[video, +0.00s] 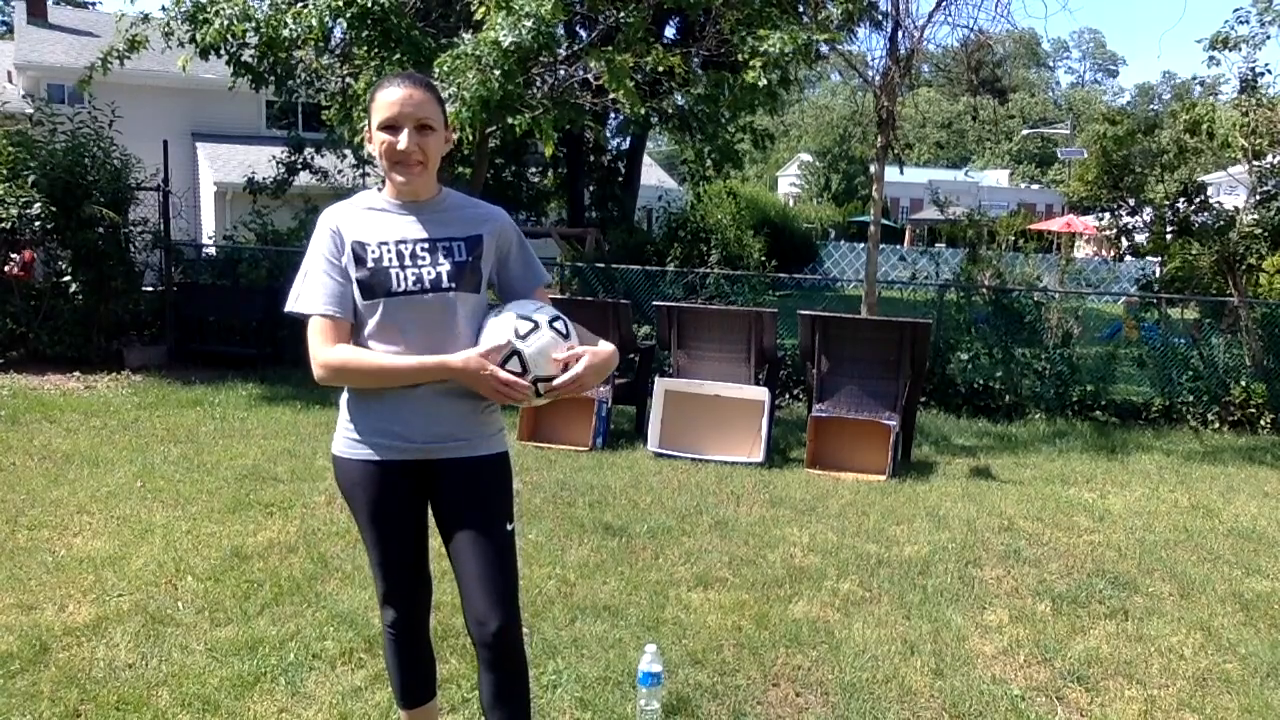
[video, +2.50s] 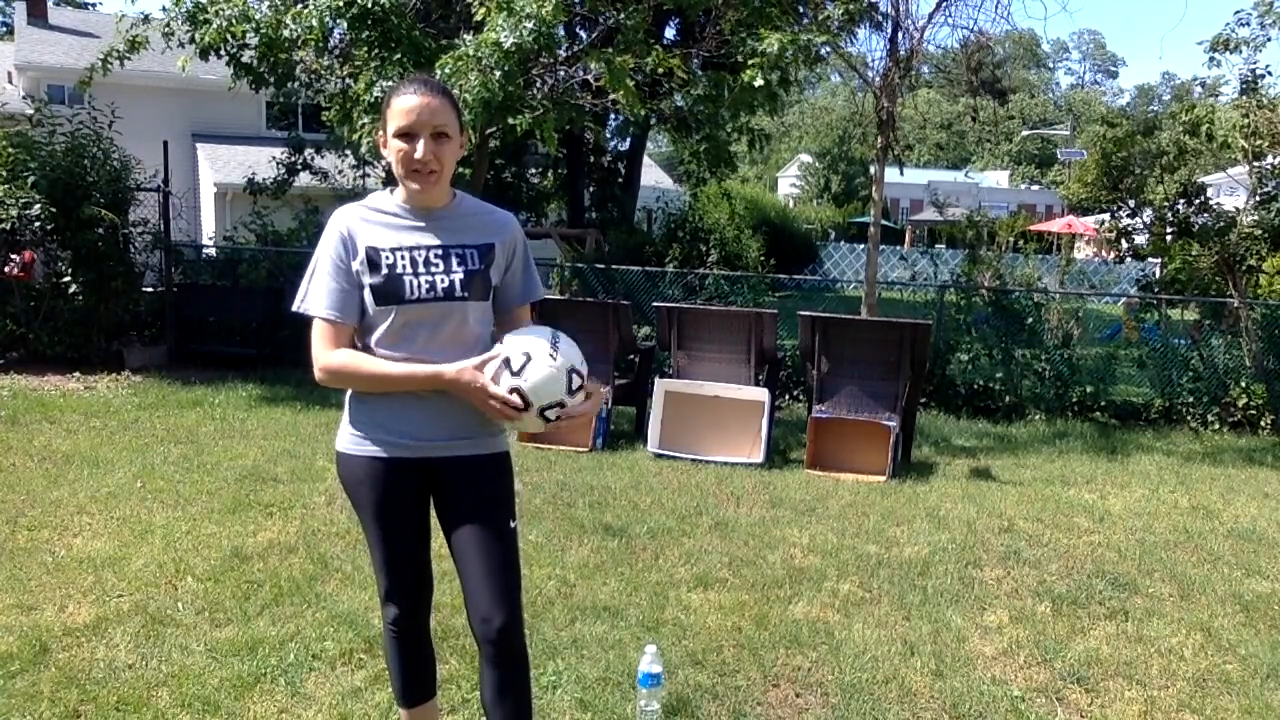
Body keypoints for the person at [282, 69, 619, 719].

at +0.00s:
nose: (406, 141)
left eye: (422, 127)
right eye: (390, 128)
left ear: (446, 138)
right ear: (370, 140)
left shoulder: (490, 225)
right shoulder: (341, 226)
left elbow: (542, 329)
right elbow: (326, 361)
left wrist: (606, 352)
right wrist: (451, 367)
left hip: (472, 451)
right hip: (376, 454)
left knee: (496, 626)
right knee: (402, 614)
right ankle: (420, 715)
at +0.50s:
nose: (397, 134)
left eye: (418, 127)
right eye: (387, 119)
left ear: (443, 150)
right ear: (367, 132)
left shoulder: (482, 222)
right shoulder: (330, 227)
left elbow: (530, 321)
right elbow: (322, 361)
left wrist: (583, 336)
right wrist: (447, 371)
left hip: (469, 450)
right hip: (373, 455)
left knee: (494, 625)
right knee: (402, 616)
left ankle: (506, 717)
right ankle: (419, 714)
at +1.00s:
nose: (413, 149)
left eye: (431, 136)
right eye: (399, 132)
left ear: (452, 145)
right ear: (374, 137)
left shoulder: (490, 226)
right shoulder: (341, 225)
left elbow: (536, 329)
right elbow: (327, 358)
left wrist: (588, 341)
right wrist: (453, 367)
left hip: (474, 453)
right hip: (377, 456)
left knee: (498, 625)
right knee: (404, 618)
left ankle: (509, 718)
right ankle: (420, 714)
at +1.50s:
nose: (424, 135)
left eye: (440, 123)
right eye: (407, 123)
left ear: (461, 138)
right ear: (384, 140)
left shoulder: (501, 227)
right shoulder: (352, 225)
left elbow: (545, 328)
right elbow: (333, 361)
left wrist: (599, 349)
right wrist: (461, 376)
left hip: (477, 450)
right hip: (381, 452)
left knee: (503, 624)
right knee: (405, 612)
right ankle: (421, 714)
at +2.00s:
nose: (415, 160)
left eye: (432, 143)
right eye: (400, 144)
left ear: (458, 146)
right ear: (380, 147)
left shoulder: (499, 230)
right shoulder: (351, 229)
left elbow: (541, 337)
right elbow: (333, 359)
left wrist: (599, 348)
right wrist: (454, 367)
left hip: (479, 452)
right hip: (382, 455)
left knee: (505, 629)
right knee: (406, 614)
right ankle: (421, 714)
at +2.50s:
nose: (423, 151)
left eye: (438, 136)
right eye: (407, 136)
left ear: (461, 143)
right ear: (384, 144)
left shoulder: (499, 230)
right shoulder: (351, 228)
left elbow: (522, 351)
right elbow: (327, 361)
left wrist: (573, 394)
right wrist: (447, 377)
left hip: (474, 451)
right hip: (380, 452)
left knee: (500, 625)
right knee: (404, 613)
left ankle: (509, 719)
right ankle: (421, 714)